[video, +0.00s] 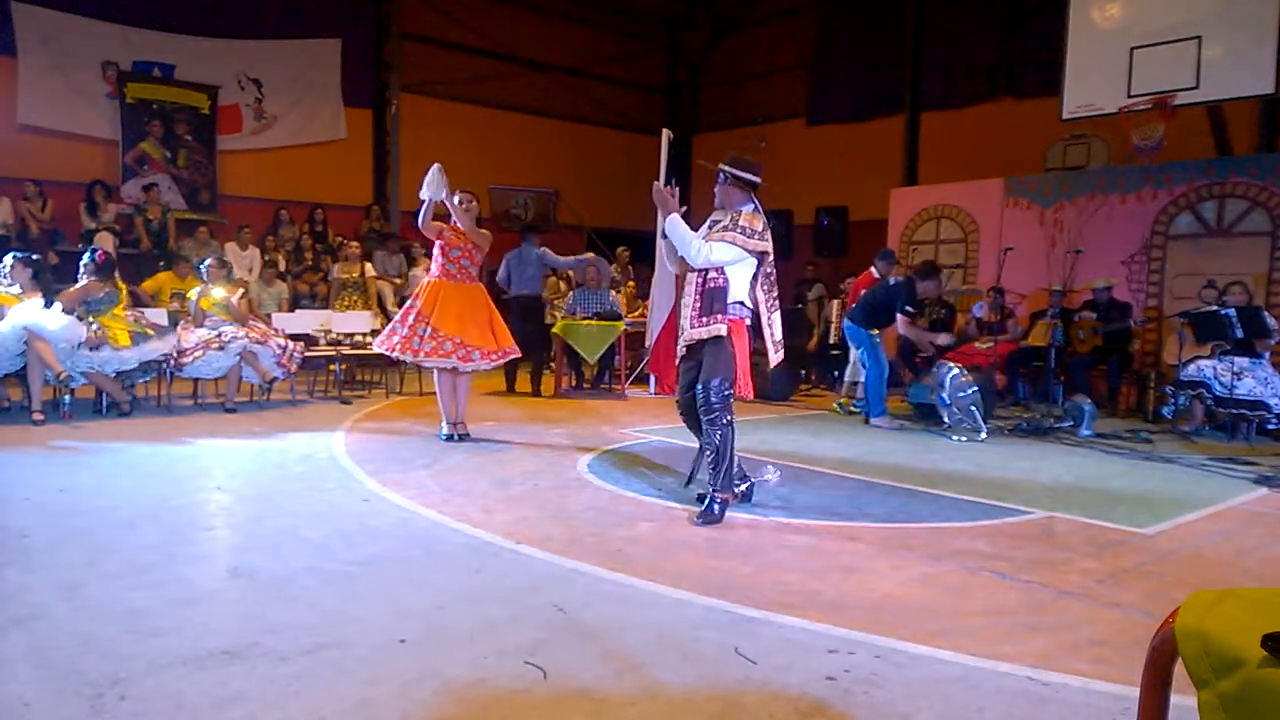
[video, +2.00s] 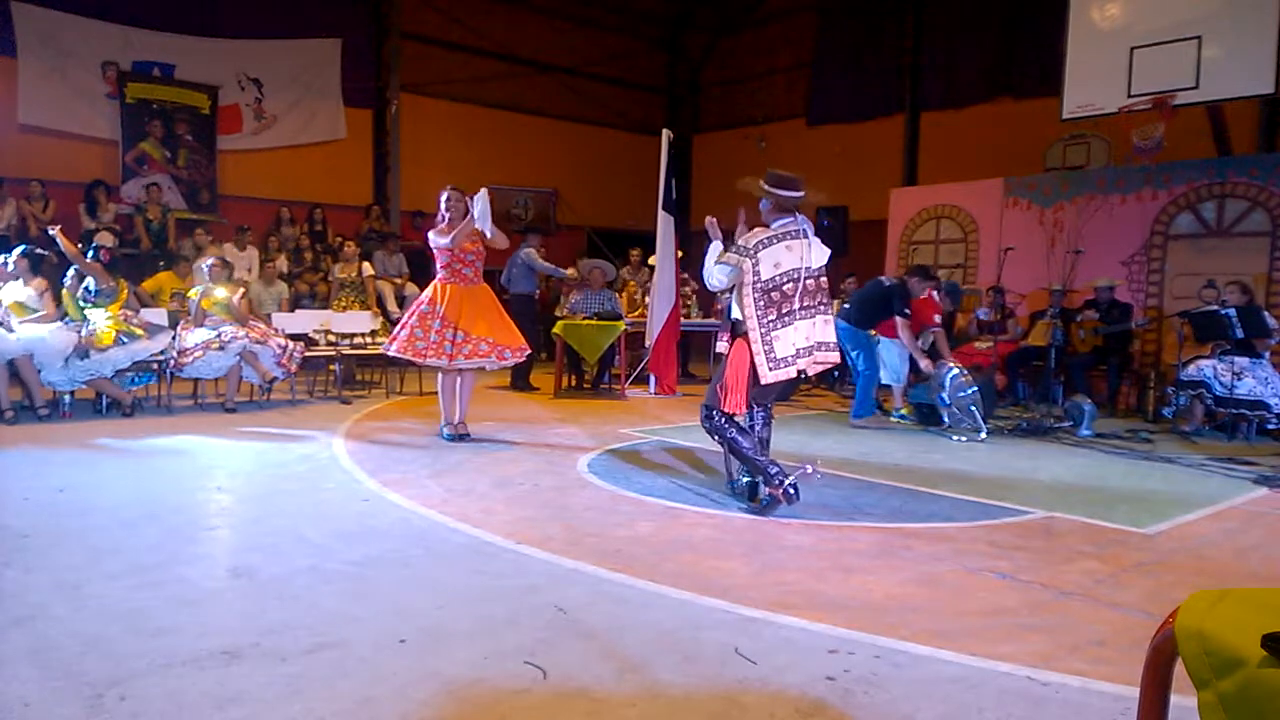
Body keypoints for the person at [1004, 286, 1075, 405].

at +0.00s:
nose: (1055, 299)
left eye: (1058, 296)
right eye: (1053, 296)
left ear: (1063, 298)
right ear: (1049, 297)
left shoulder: (1068, 315)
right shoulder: (1037, 315)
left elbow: (1068, 340)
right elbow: (1028, 335)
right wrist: (1024, 342)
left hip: (1056, 349)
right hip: (1035, 348)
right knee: (1013, 357)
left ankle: (1042, 398)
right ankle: (1013, 395)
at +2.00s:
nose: (1056, 299)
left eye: (1059, 296)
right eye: (1053, 295)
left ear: (1063, 297)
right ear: (1049, 296)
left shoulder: (1068, 314)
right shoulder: (1037, 315)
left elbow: (1068, 338)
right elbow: (1029, 334)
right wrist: (1025, 341)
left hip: (1056, 348)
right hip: (1036, 347)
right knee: (1012, 359)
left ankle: (1043, 398)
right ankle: (1013, 395)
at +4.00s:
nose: (1057, 299)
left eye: (1060, 295)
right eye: (1055, 295)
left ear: (1065, 297)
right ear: (1050, 296)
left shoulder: (1070, 314)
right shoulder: (1038, 315)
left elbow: (1070, 339)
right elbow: (1029, 334)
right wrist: (1026, 342)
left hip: (1057, 348)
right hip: (1037, 348)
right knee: (1013, 358)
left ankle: (1044, 398)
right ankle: (1014, 395)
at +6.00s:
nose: (1054, 299)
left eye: (1058, 296)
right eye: (1052, 295)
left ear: (1063, 297)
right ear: (1049, 296)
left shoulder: (1068, 315)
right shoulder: (1036, 315)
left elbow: (1069, 339)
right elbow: (1028, 336)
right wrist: (1024, 343)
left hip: (1055, 348)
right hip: (1036, 348)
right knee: (1012, 358)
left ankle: (1041, 398)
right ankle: (1013, 395)